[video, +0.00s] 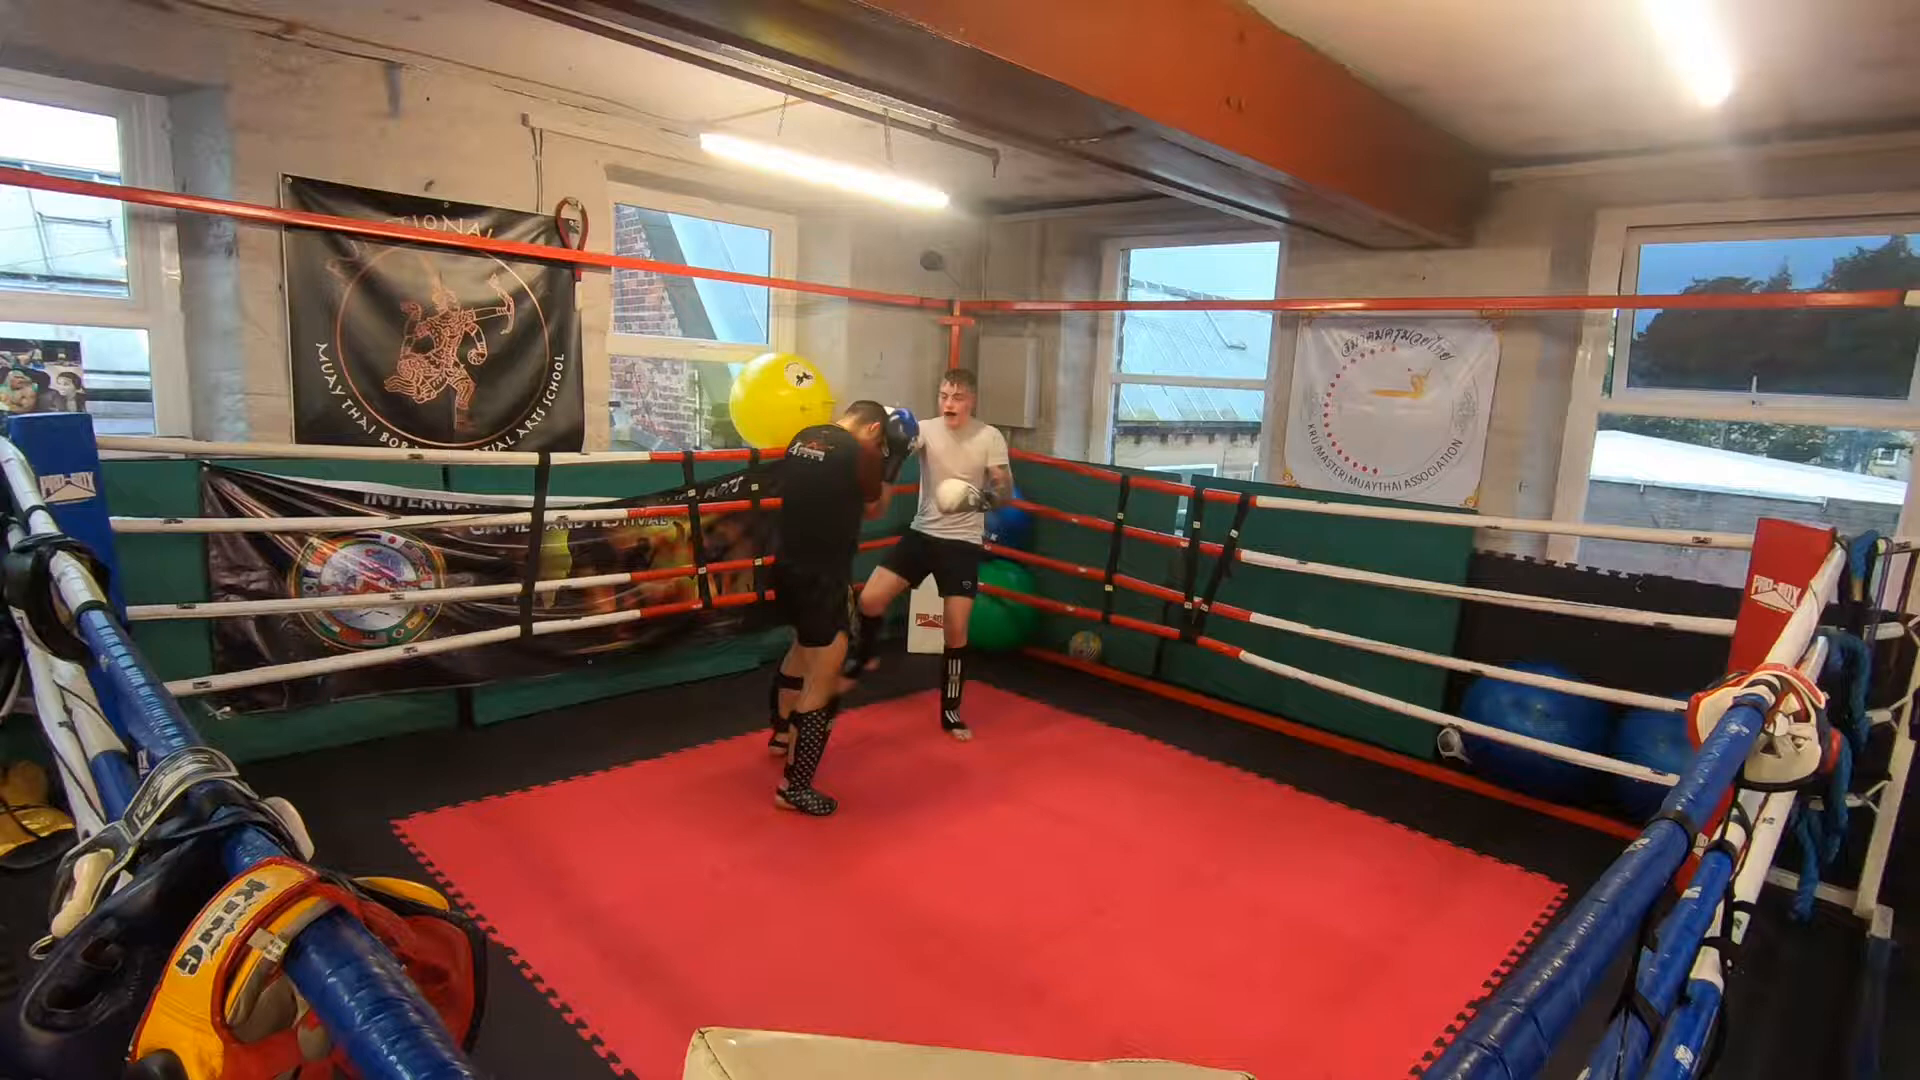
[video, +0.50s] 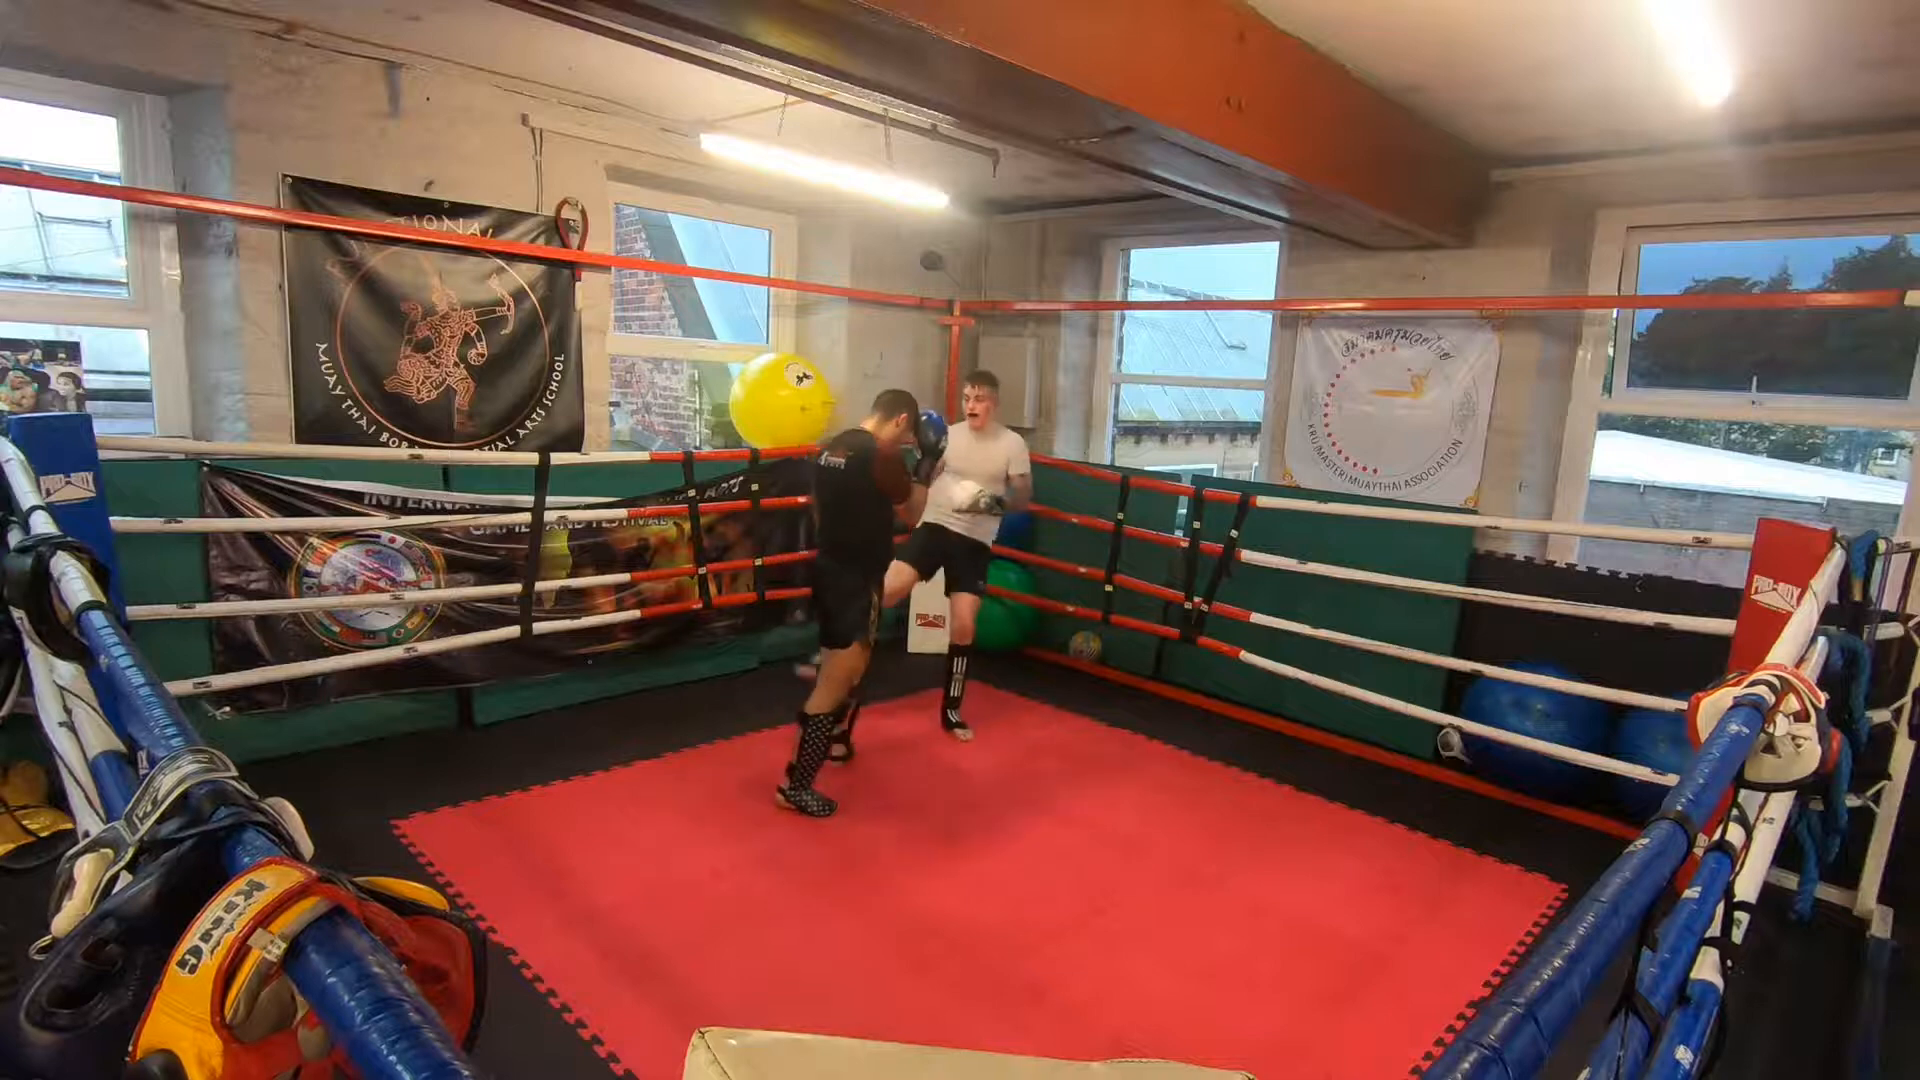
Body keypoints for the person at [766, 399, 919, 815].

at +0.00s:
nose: (876, 443)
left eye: (878, 437)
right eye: (878, 437)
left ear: (846, 416)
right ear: (871, 428)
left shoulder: (805, 439)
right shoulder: (856, 452)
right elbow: (876, 505)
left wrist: (875, 457)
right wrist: (895, 457)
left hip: (791, 571)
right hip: (823, 579)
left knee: (801, 650)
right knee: (824, 680)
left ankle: (783, 732)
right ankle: (797, 786)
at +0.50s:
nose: (907, 438)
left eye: (908, 432)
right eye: (909, 431)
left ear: (873, 413)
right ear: (900, 421)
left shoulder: (835, 449)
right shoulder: (880, 454)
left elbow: (828, 517)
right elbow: (911, 512)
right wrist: (928, 462)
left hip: (831, 572)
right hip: (855, 580)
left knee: (852, 662)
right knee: (837, 680)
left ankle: (833, 738)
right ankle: (797, 785)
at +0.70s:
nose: (930, 435)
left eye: (930, 430)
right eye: (932, 430)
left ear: (894, 418)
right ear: (924, 424)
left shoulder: (856, 455)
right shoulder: (912, 461)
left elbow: (840, 513)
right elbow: (935, 520)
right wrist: (949, 475)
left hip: (851, 572)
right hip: (881, 578)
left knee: (877, 658)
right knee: (865, 679)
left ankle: (862, 741)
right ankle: (807, 774)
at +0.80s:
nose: (941, 428)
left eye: (941, 422)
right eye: (942, 421)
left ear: (905, 414)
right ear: (933, 420)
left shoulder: (873, 447)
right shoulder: (929, 458)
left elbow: (846, 498)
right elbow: (946, 519)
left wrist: (887, 505)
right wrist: (952, 480)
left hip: (862, 567)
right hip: (896, 574)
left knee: (874, 659)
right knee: (912, 675)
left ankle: (858, 743)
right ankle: (849, 749)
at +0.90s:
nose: (958, 419)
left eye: (958, 411)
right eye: (958, 411)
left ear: (918, 407)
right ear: (950, 409)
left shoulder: (883, 440)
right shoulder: (946, 450)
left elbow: (865, 492)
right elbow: (958, 515)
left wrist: (907, 487)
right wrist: (973, 481)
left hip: (874, 560)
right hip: (917, 567)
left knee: (877, 653)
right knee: (943, 660)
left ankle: (858, 745)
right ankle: (903, 748)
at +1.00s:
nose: (963, 416)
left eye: (955, 408)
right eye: (966, 411)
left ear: (934, 402)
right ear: (968, 410)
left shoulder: (902, 436)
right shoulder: (963, 450)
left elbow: (879, 491)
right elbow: (978, 512)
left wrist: (919, 486)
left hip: (891, 560)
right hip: (937, 567)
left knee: (884, 650)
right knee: (955, 657)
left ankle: (860, 741)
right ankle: (963, 747)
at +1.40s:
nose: (980, 415)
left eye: (978, 408)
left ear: (977, 408)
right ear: (1011, 413)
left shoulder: (952, 442)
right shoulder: (1025, 453)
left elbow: (915, 487)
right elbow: (1023, 493)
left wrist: (914, 466)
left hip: (947, 556)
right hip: (992, 563)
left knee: (928, 631)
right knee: (988, 655)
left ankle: (919, 709)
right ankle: (984, 743)